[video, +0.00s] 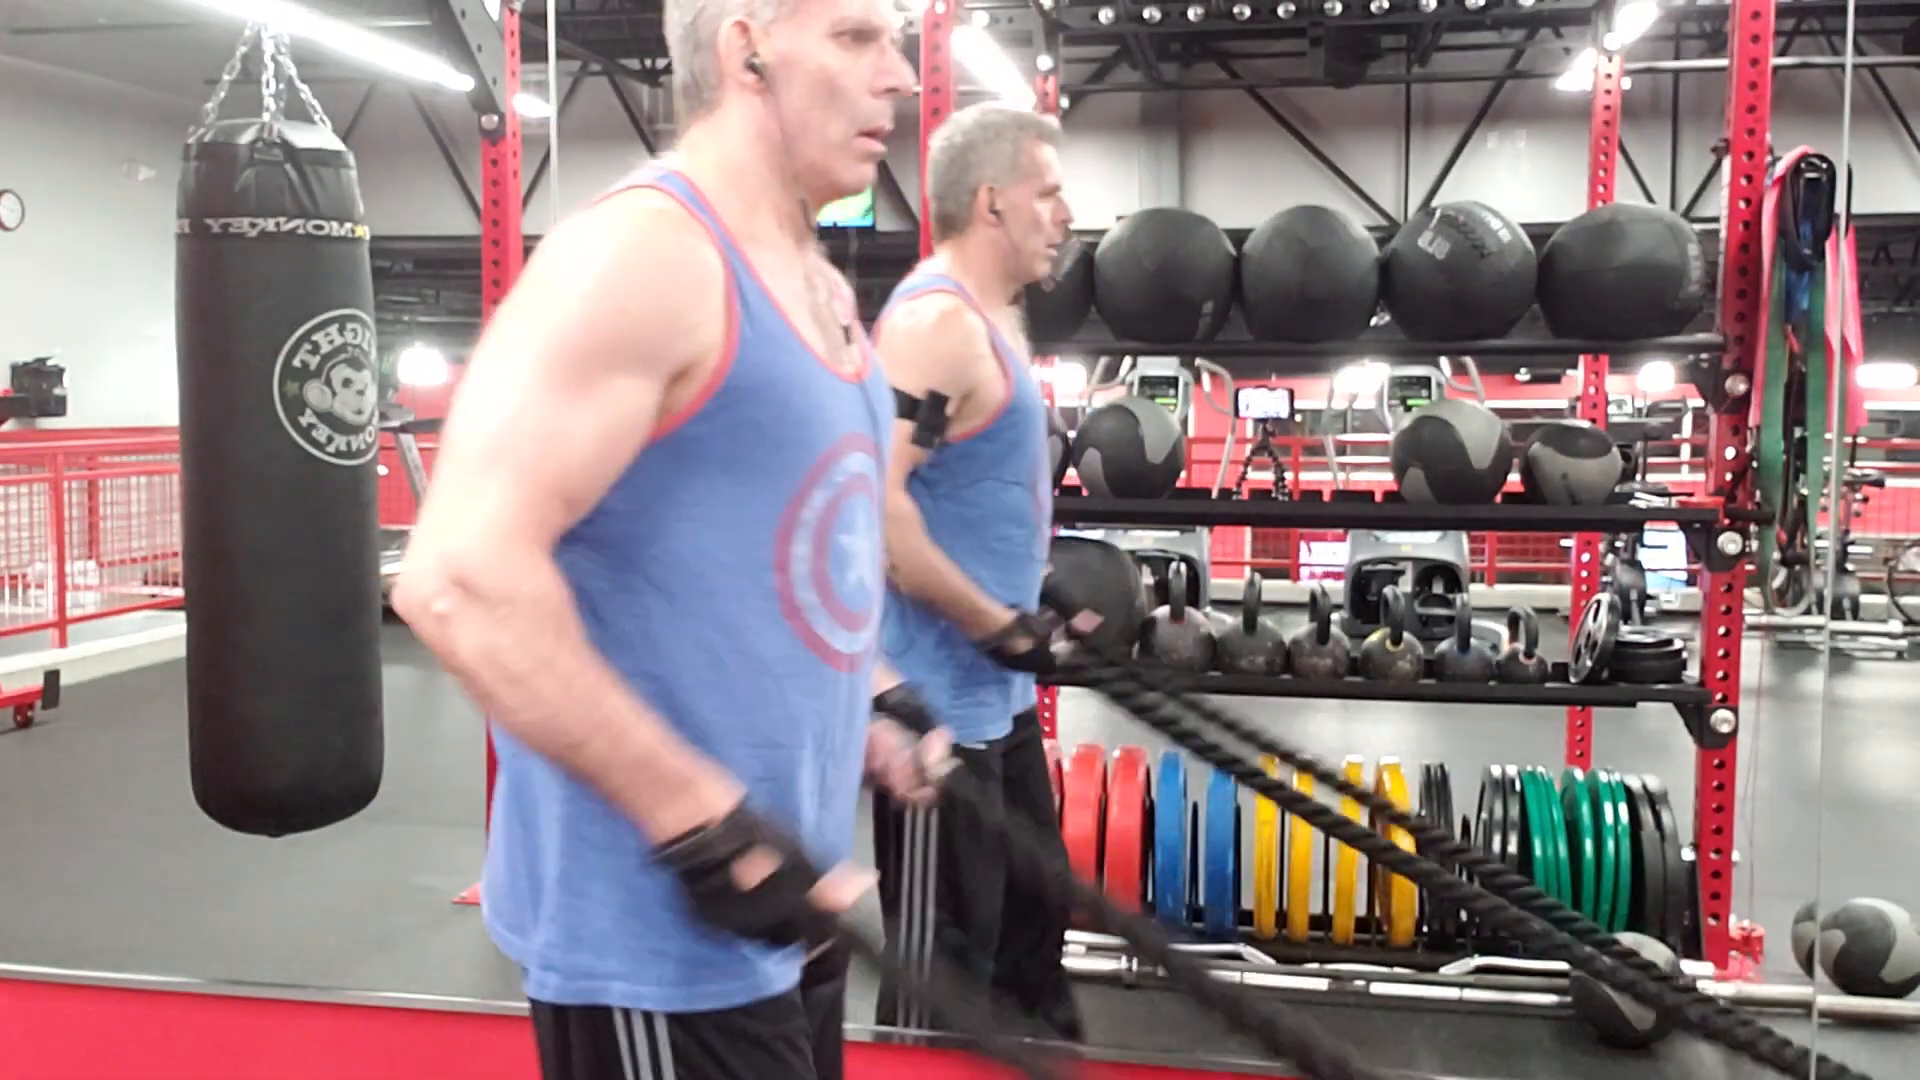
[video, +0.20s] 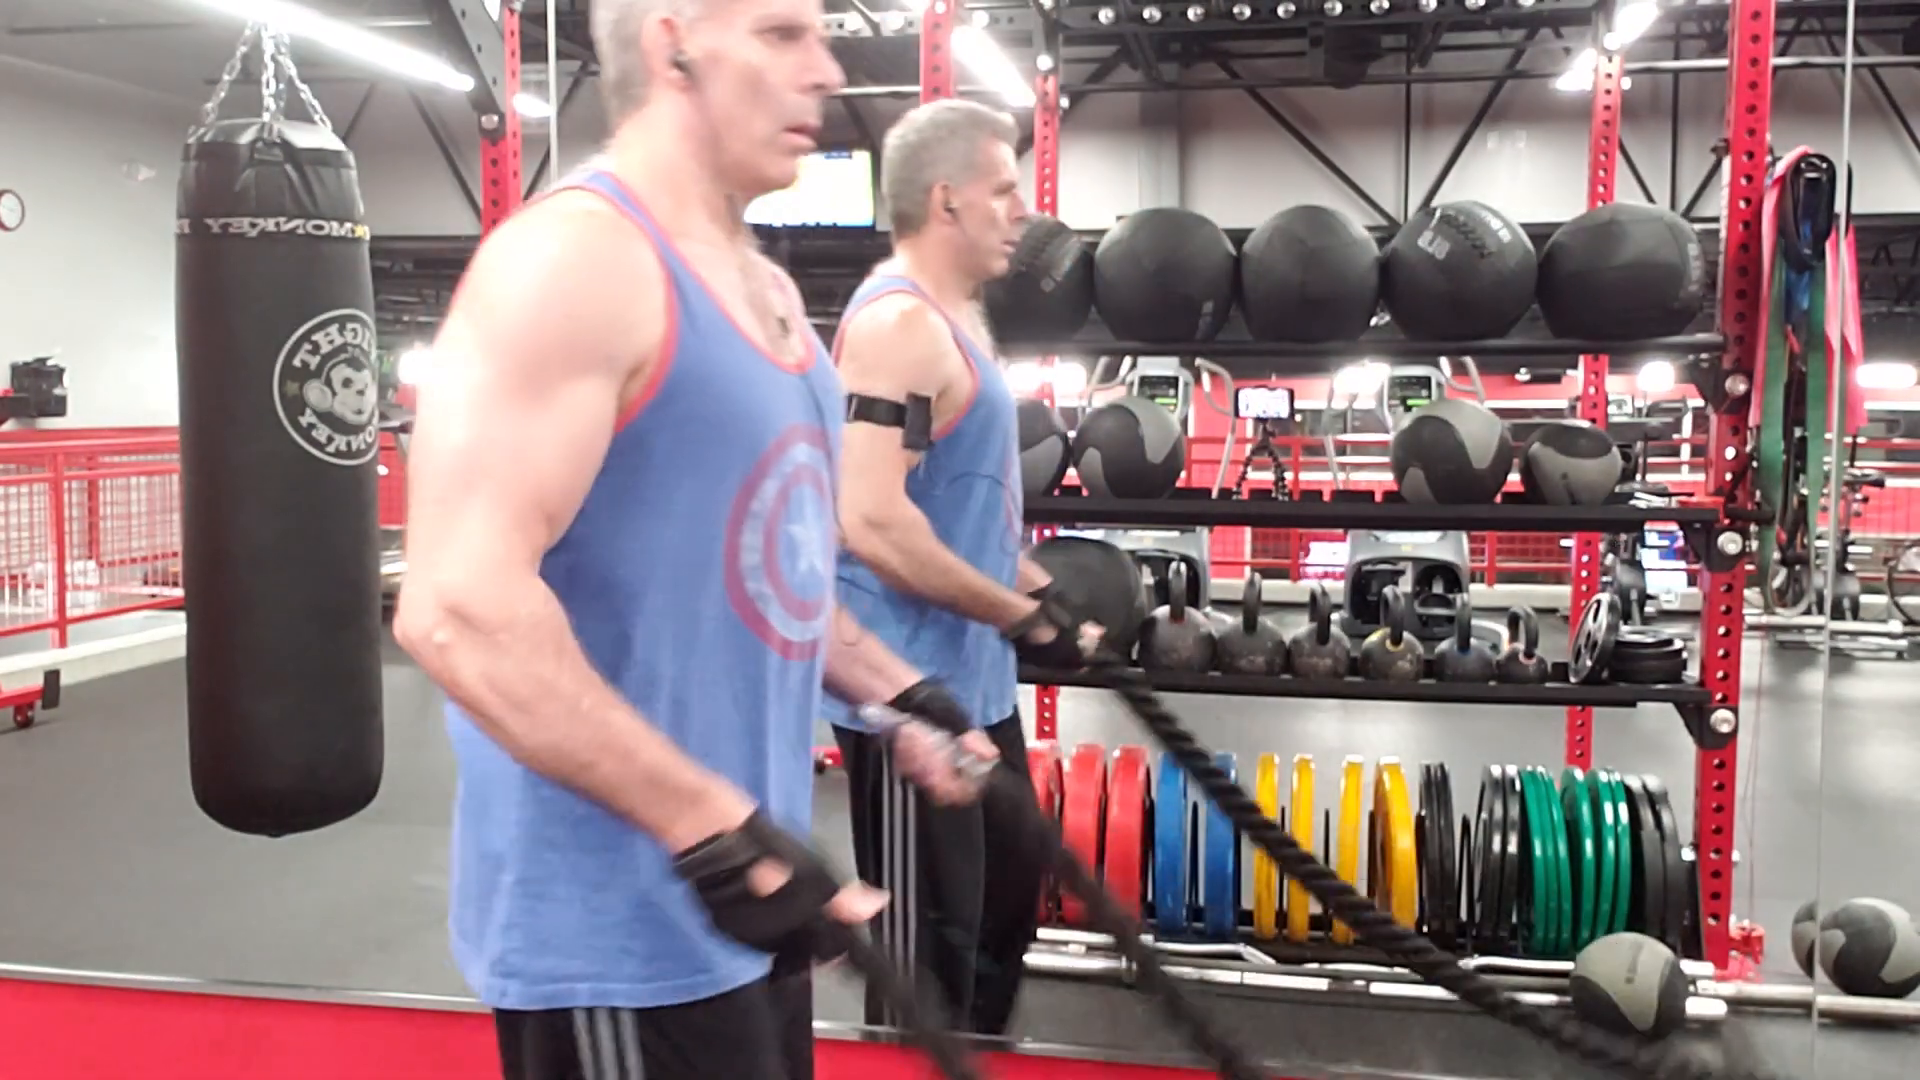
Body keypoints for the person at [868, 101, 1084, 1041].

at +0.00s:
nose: (1065, 217)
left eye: (1062, 195)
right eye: (1050, 194)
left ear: (997, 202)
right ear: (990, 201)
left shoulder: (988, 319)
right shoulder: (939, 324)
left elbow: (960, 501)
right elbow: (869, 495)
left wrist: (1034, 600)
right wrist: (996, 621)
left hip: (999, 692)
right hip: (940, 701)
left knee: (1033, 934)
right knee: (949, 949)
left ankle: (1034, 1060)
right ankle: (939, 1068)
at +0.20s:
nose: (1022, 212)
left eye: (1019, 191)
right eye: (1003, 190)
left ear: (951, 203)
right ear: (942, 201)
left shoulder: (953, 317)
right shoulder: (899, 322)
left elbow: (962, 504)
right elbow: (870, 516)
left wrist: (1035, 584)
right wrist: (1020, 613)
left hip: (976, 687)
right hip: (914, 698)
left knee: (1012, 905)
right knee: (934, 942)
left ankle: (968, 1058)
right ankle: (924, 1066)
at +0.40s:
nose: (1005, 218)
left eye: (1002, 197)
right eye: (987, 197)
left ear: (937, 209)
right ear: (931, 207)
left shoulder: (935, 321)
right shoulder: (891, 323)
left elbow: (958, 511)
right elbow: (882, 514)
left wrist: (1058, 582)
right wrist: (1030, 615)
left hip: (944, 685)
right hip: (898, 693)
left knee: (944, 933)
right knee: (937, 940)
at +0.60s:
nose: (1012, 248)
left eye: (1013, 227)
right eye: (1001, 225)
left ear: (942, 218)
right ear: (939, 216)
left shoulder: (923, 327)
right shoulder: (889, 326)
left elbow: (925, 515)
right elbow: (869, 519)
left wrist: (1009, 601)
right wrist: (1000, 616)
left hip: (921, 670)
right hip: (892, 676)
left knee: (902, 917)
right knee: (984, 903)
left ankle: (891, 1062)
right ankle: (955, 1065)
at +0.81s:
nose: (1019, 271)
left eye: (1025, 252)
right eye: (1012, 246)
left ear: (955, 226)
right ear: (951, 221)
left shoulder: (925, 329)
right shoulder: (889, 325)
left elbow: (918, 505)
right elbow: (876, 518)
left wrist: (1008, 581)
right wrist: (1017, 604)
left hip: (919, 679)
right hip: (888, 685)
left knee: (939, 942)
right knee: (951, 947)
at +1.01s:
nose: (1033, 277)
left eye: (1039, 257)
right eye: (1024, 252)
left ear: (970, 234)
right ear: (966, 231)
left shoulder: (923, 338)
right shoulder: (899, 339)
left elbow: (923, 535)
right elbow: (883, 539)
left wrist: (1020, 623)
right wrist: (1023, 638)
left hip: (925, 712)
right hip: (898, 720)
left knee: (943, 989)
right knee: (940, 995)